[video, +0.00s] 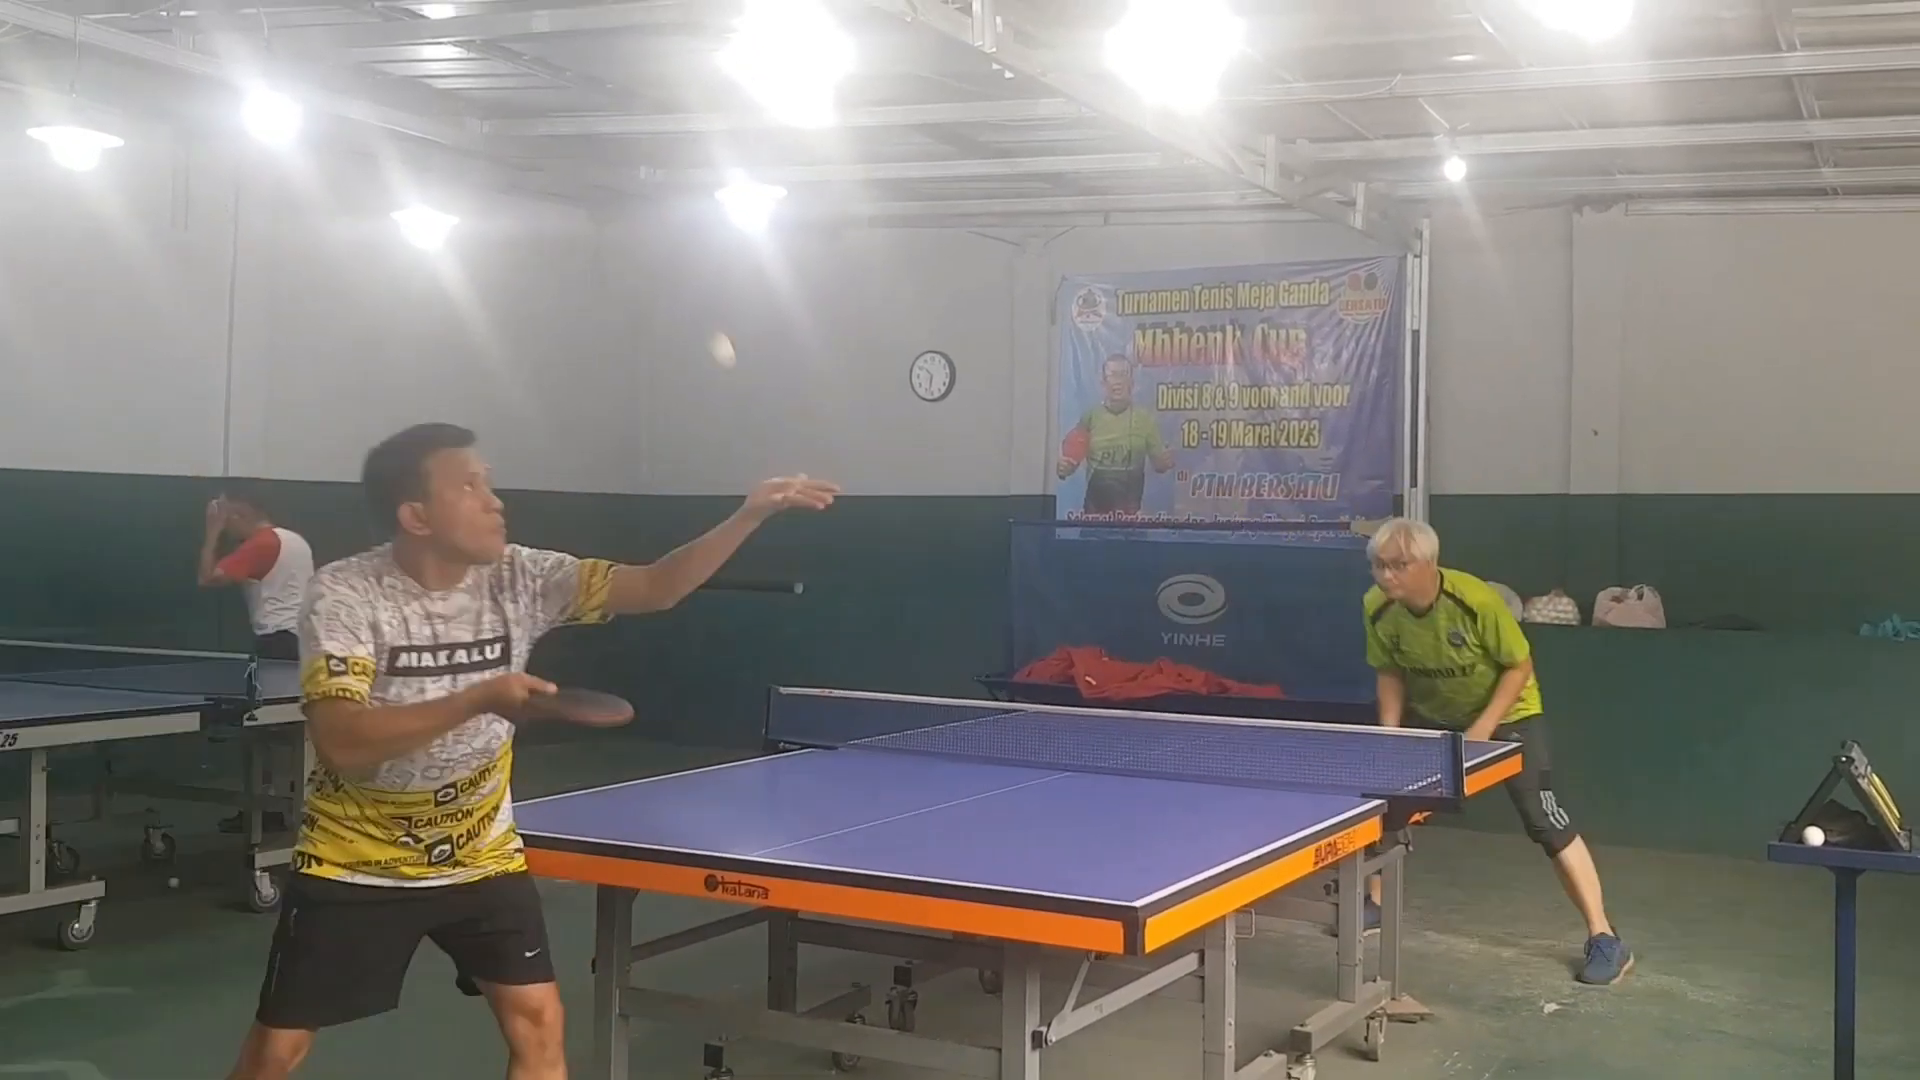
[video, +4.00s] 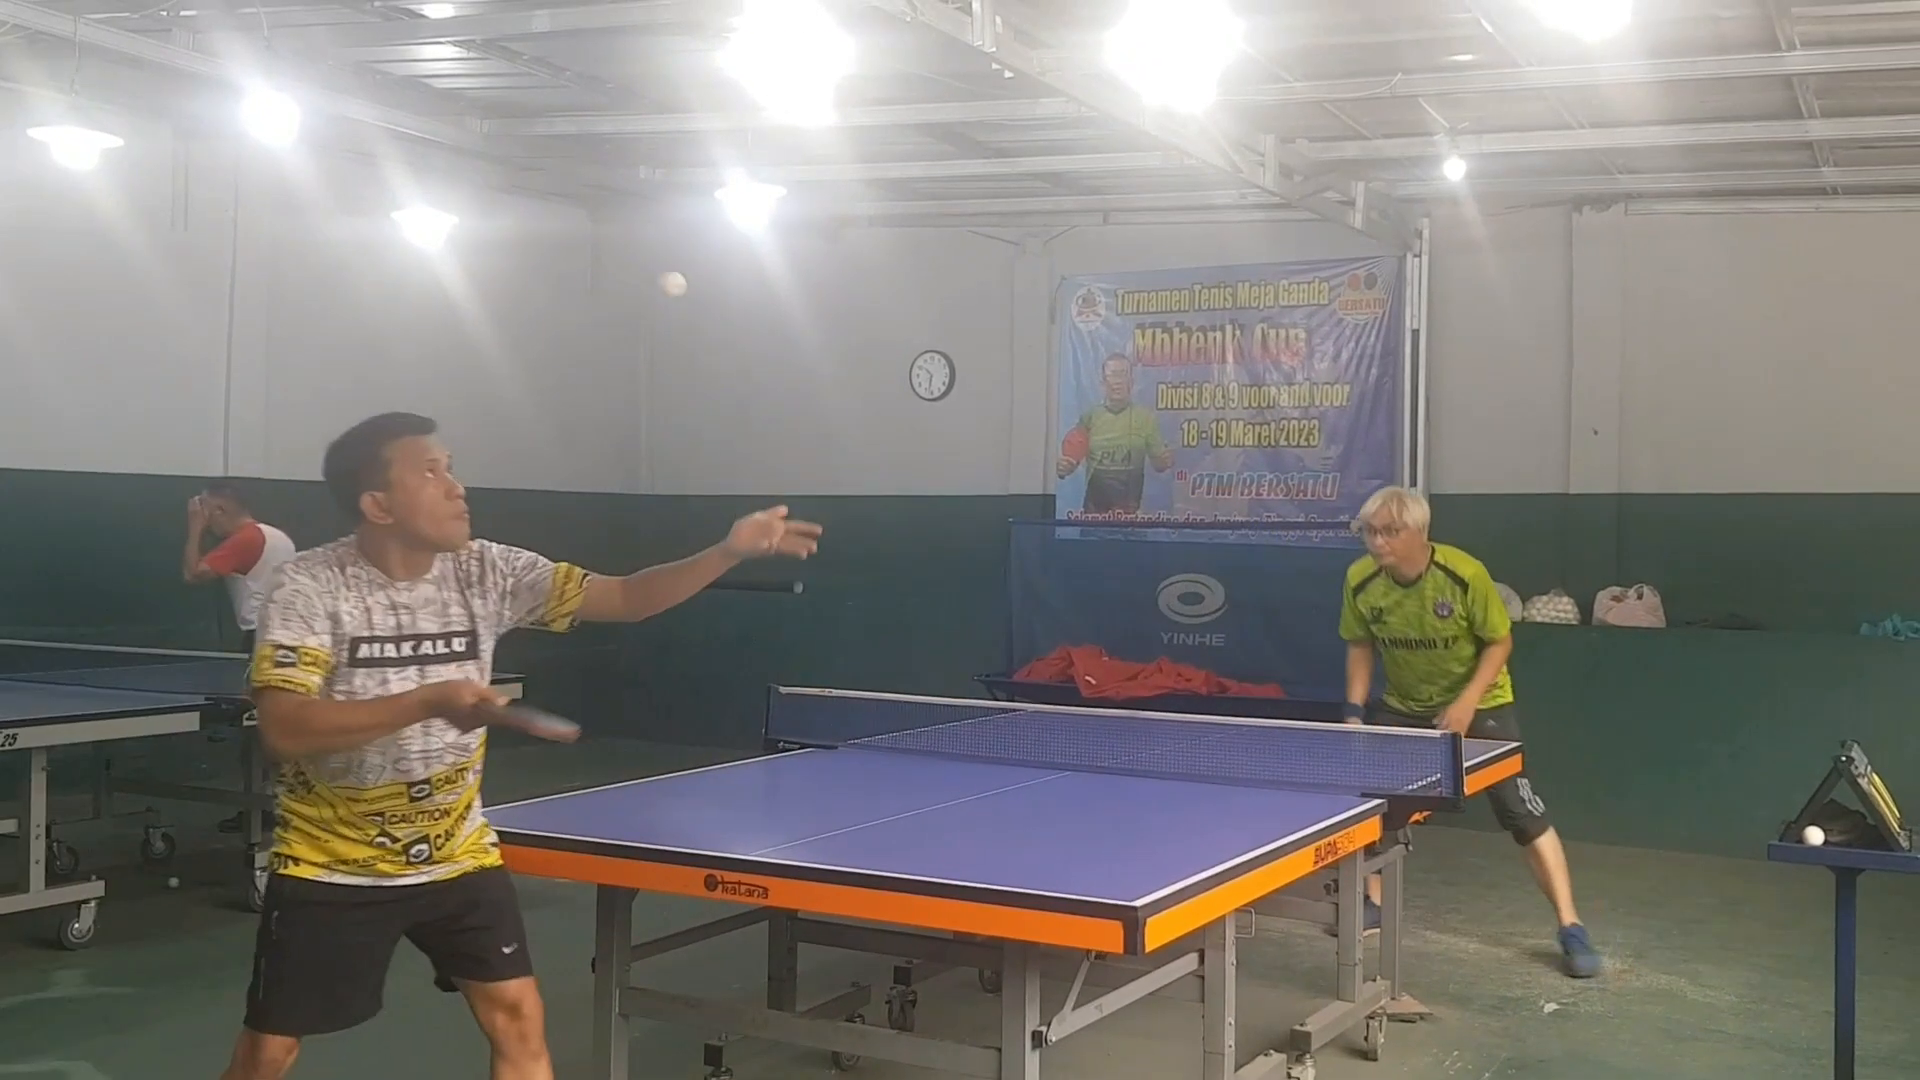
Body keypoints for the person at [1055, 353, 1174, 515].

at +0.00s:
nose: (1116, 383)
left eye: (1122, 375)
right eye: (1111, 376)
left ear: (1131, 381)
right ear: (1103, 381)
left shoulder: (1144, 419)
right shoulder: (1092, 417)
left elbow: (1158, 463)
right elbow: (1074, 451)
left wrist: (1165, 461)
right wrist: (1064, 467)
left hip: (1129, 504)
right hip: (1096, 504)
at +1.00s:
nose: (1119, 379)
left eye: (1125, 373)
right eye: (1114, 373)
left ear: (1134, 378)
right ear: (1106, 378)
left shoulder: (1146, 416)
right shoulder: (1094, 414)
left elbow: (1161, 460)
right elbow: (1077, 448)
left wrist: (1168, 457)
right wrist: (1067, 464)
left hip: (1132, 500)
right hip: (1099, 500)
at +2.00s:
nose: (1118, 376)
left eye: (1124, 369)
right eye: (1112, 369)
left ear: (1133, 374)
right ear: (1105, 374)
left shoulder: (1146, 412)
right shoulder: (1092, 412)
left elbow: (1160, 456)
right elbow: (1075, 444)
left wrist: (1167, 454)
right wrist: (1065, 460)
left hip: (1131, 499)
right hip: (1097, 500)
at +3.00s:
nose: (1124, 375)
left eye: (1130, 369)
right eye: (1118, 369)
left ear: (1139, 374)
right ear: (1111, 374)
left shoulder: (1153, 411)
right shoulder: (1098, 412)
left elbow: (1165, 456)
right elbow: (1082, 444)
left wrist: (1173, 454)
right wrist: (1072, 460)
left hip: (1137, 499)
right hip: (1103, 499)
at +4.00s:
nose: (1116, 382)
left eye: (1122, 375)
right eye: (1111, 375)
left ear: (1131, 380)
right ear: (1103, 381)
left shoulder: (1144, 418)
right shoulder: (1090, 418)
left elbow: (1157, 462)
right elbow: (1074, 450)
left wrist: (1164, 460)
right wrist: (1064, 466)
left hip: (1129, 505)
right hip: (1095, 506)